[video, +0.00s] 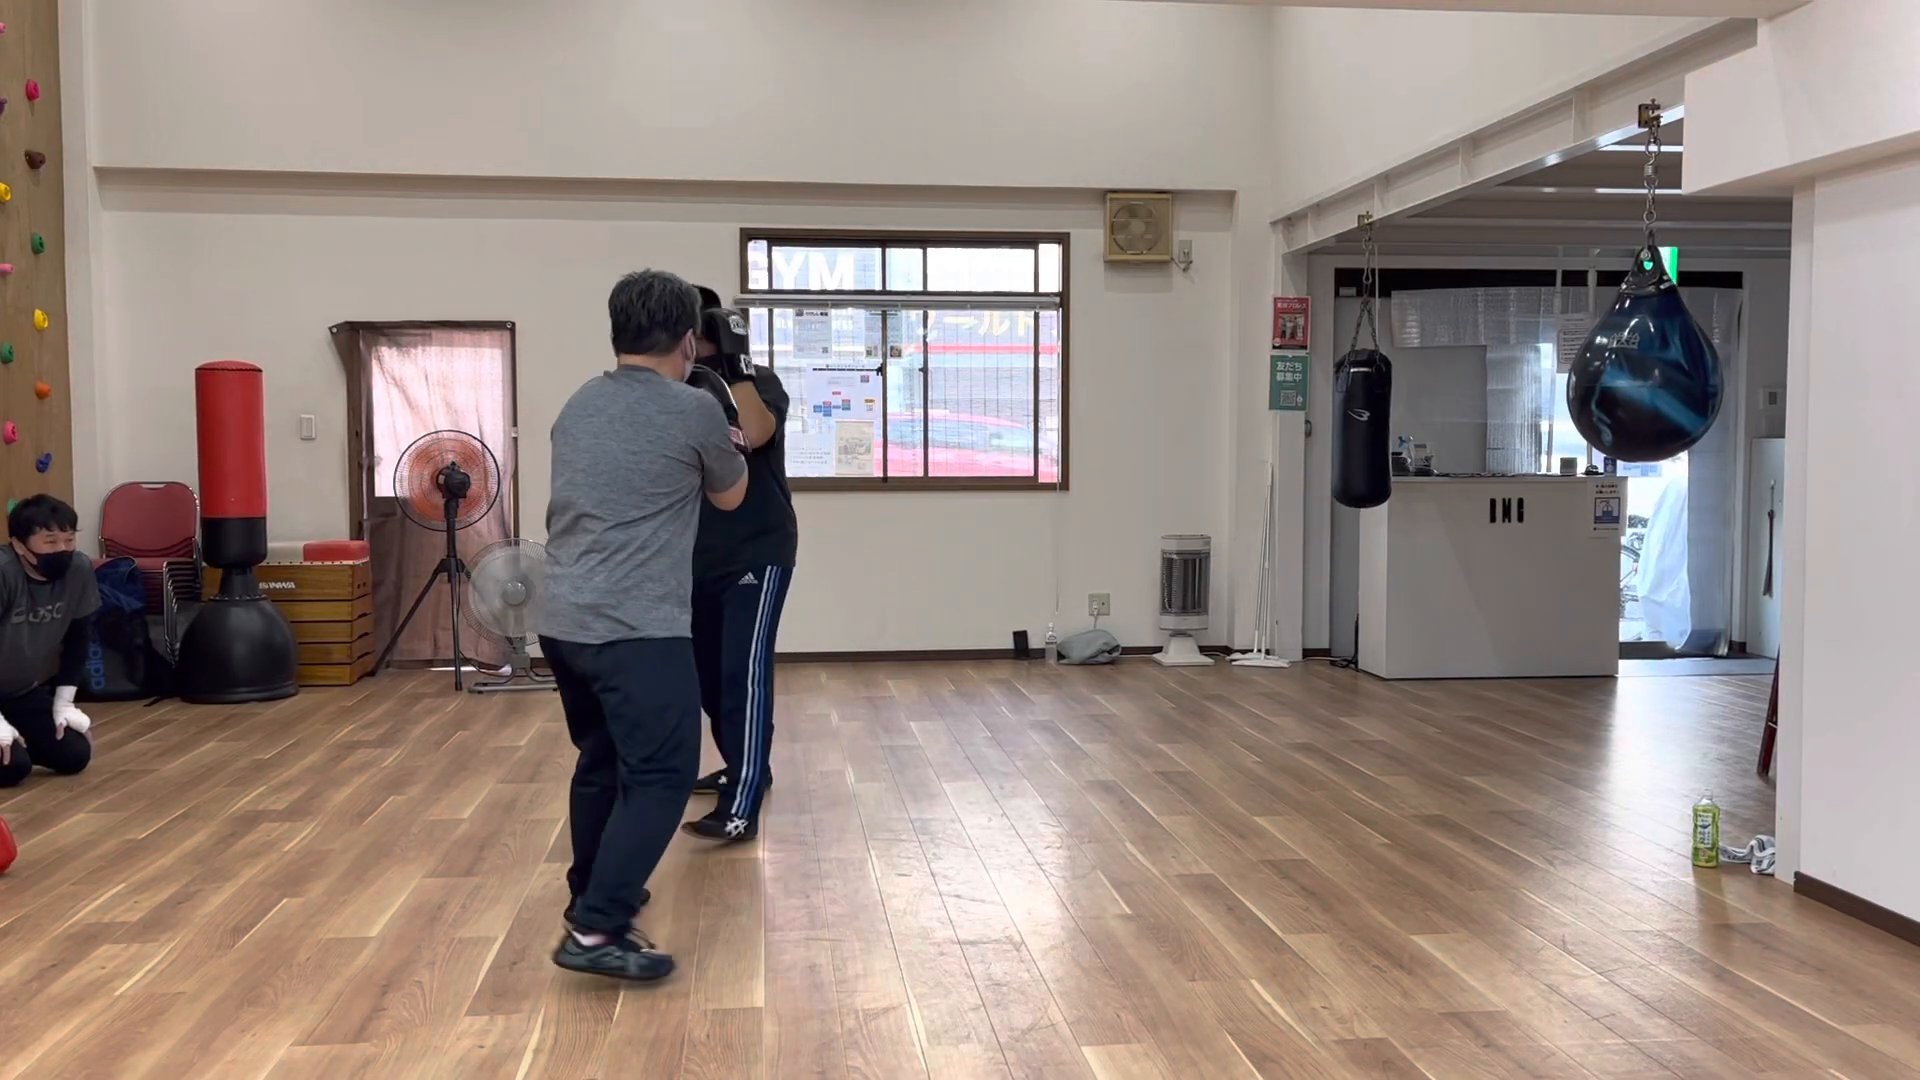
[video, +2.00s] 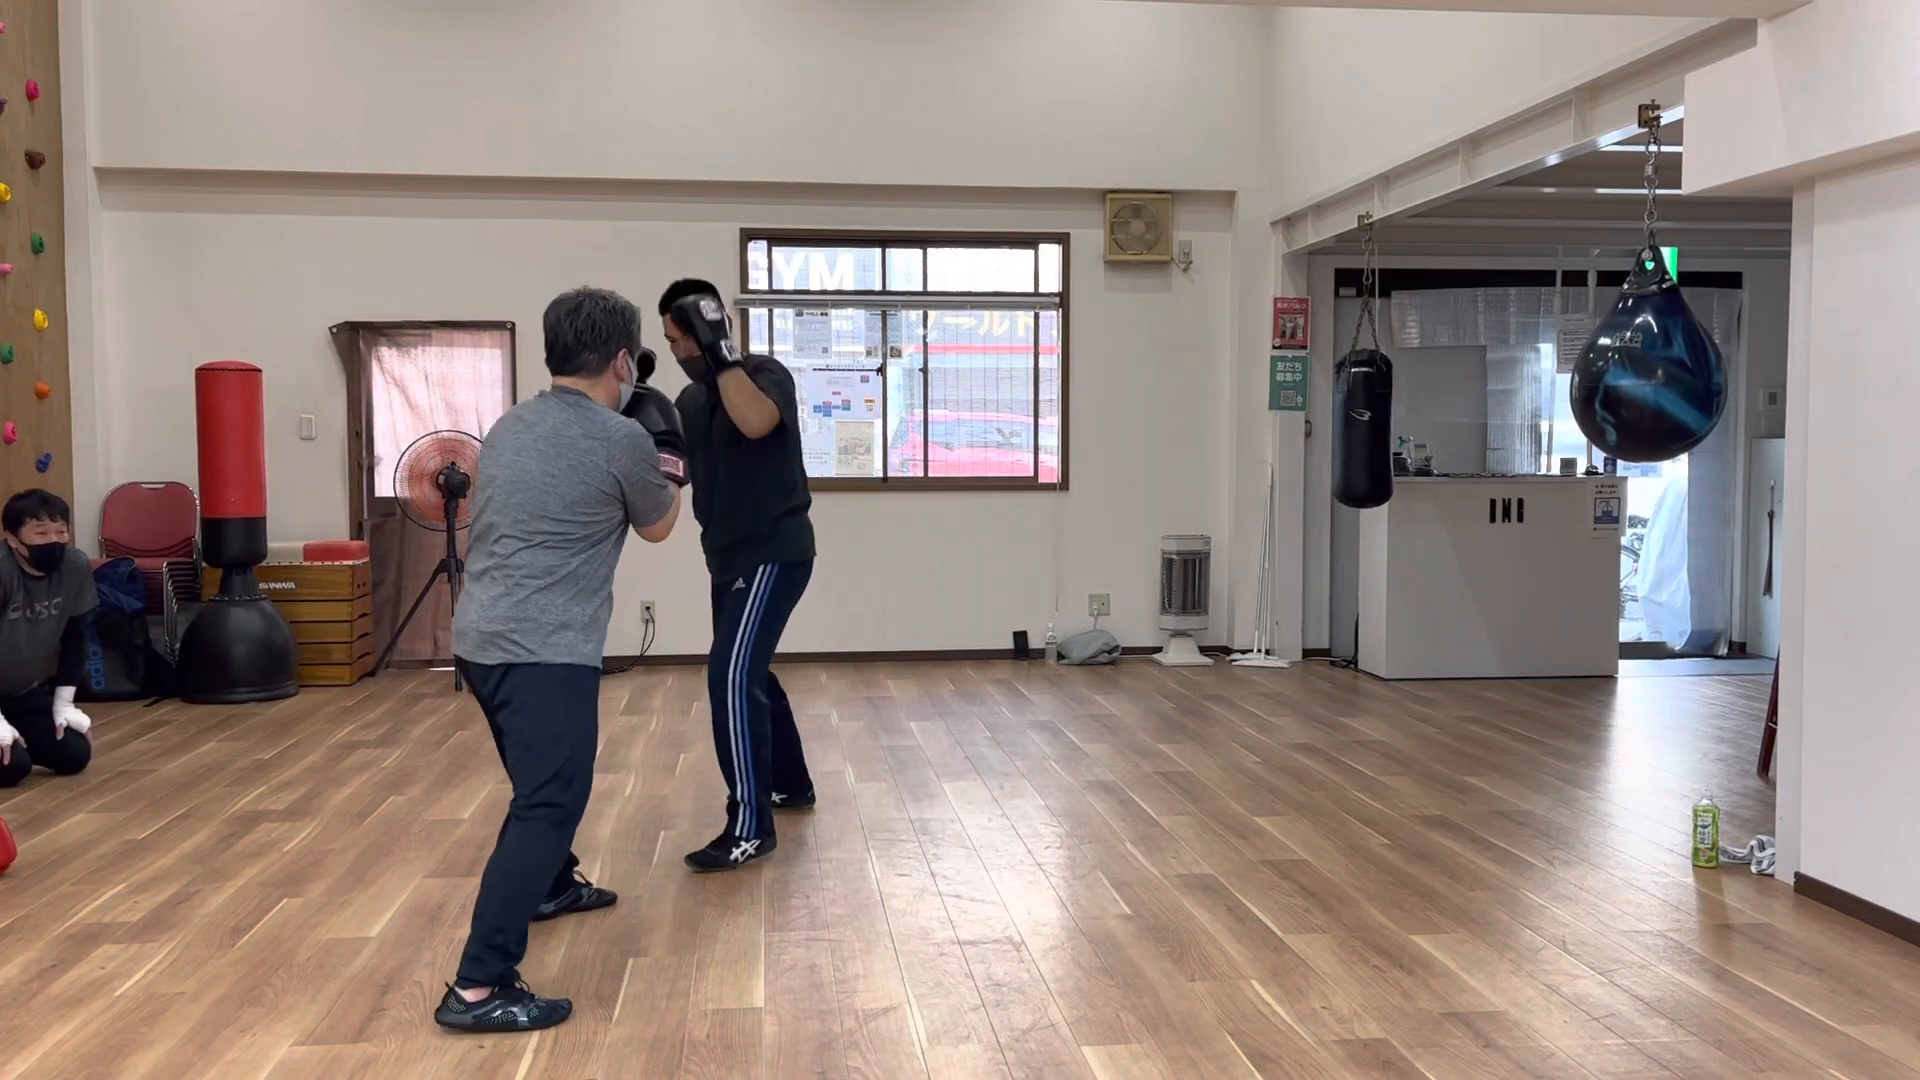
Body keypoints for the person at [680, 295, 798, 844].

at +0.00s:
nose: (684, 356)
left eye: (690, 346)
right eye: (680, 347)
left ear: (710, 340)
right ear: (682, 347)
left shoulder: (755, 383)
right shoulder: (681, 394)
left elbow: (756, 431)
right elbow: (661, 450)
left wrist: (724, 373)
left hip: (757, 551)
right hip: (703, 552)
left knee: (744, 674)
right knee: (709, 670)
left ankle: (743, 810)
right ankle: (741, 767)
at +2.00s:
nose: (676, 349)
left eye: (682, 337)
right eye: (671, 339)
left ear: (710, 328)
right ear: (673, 341)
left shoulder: (765, 375)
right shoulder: (690, 400)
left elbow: (757, 421)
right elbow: (674, 462)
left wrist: (722, 354)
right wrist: (644, 418)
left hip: (773, 553)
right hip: (729, 557)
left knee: (731, 676)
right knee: (746, 672)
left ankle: (749, 830)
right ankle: (791, 782)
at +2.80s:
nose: (644, 366)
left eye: (652, 353)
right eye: (636, 359)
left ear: (687, 346)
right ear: (633, 364)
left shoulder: (722, 384)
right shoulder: (670, 418)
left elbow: (773, 418)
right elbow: (669, 503)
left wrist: (694, 411)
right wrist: (630, 448)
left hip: (777, 555)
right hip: (745, 562)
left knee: (736, 680)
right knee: (756, 673)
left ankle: (731, 842)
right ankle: (792, 783)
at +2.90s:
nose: (657, 340)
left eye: (667, 327)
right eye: (650, 332)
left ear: (699, 320)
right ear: (650, 336)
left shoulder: (740, 370)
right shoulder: (674, 403)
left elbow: (761, 417)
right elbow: (645, 472)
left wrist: (709, 358)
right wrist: (620, 405)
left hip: (774, 546)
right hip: (732, 557)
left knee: (737, 669)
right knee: (751, 668)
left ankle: (739, 824)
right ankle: (791, 782)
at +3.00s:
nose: (662, 334)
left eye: (672, 321)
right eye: (655, 324)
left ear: (703, 319)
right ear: (652, 330)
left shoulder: (743, 371)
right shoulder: (670, 398)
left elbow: (741, 431)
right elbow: (642, 467)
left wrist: (705, 355)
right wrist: (615, 398)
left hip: (770, 549)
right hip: (723, 558)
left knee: (740, 676)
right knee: (749, 672)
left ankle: (728, 830)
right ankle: (792, 782)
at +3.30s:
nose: (661, 334)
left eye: (672, 322)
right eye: (653, 325)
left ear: (705, 316)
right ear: (648, 326)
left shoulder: (745, 374)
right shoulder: (661, 382)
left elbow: (758, 453)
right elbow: (638, 460)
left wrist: (706, 388)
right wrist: (621, 392)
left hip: (755, 551)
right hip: (700, 554)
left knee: (735, 683)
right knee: (711, 672)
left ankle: (725, 829)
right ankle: (781, 765)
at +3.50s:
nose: (650, 351)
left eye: (662, 338)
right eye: (642, 340)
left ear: (696, 333)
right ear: (638, 340)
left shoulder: (738, 393)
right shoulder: (653, 401)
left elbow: (759, 472)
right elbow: (619, 471)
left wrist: (691, 427)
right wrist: (593, 415)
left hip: (733, 559)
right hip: (685, 565)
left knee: (686, 681)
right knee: (723, 676)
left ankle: (670, 836)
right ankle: (785, 769)